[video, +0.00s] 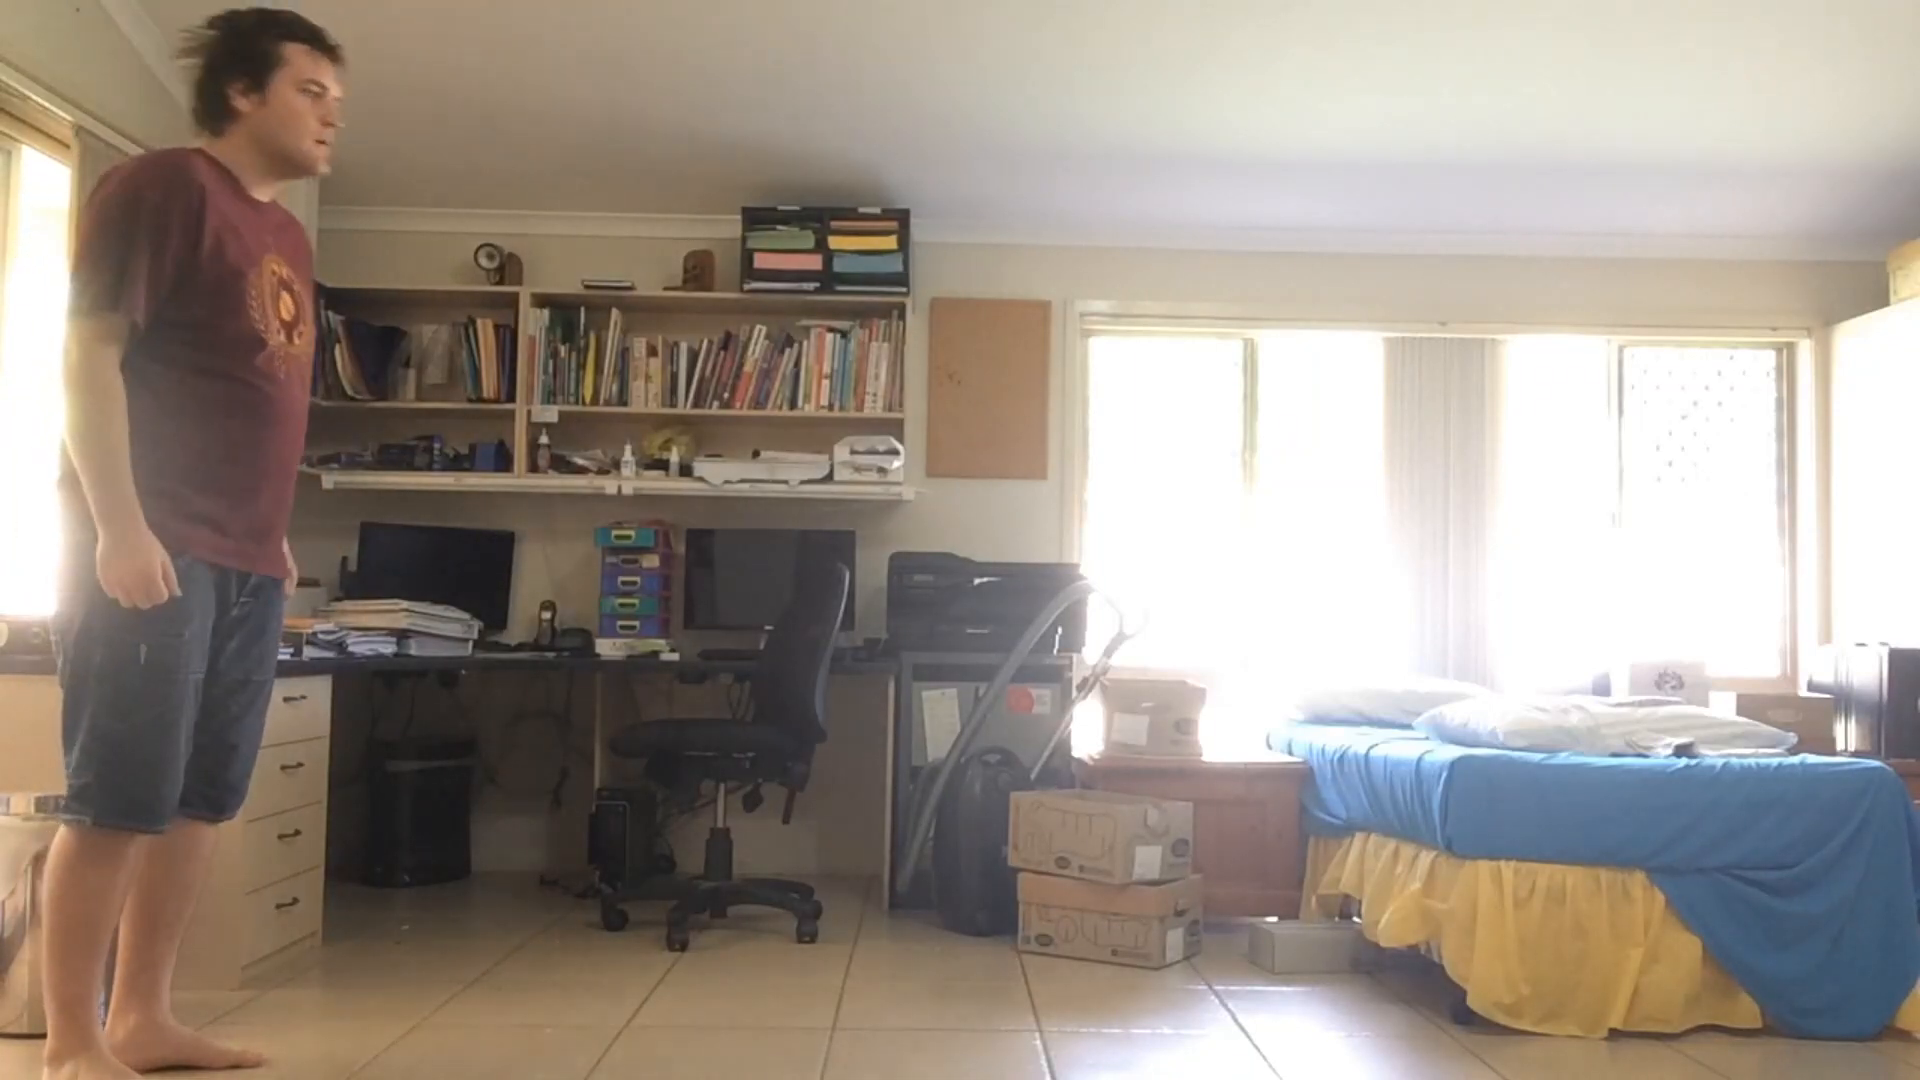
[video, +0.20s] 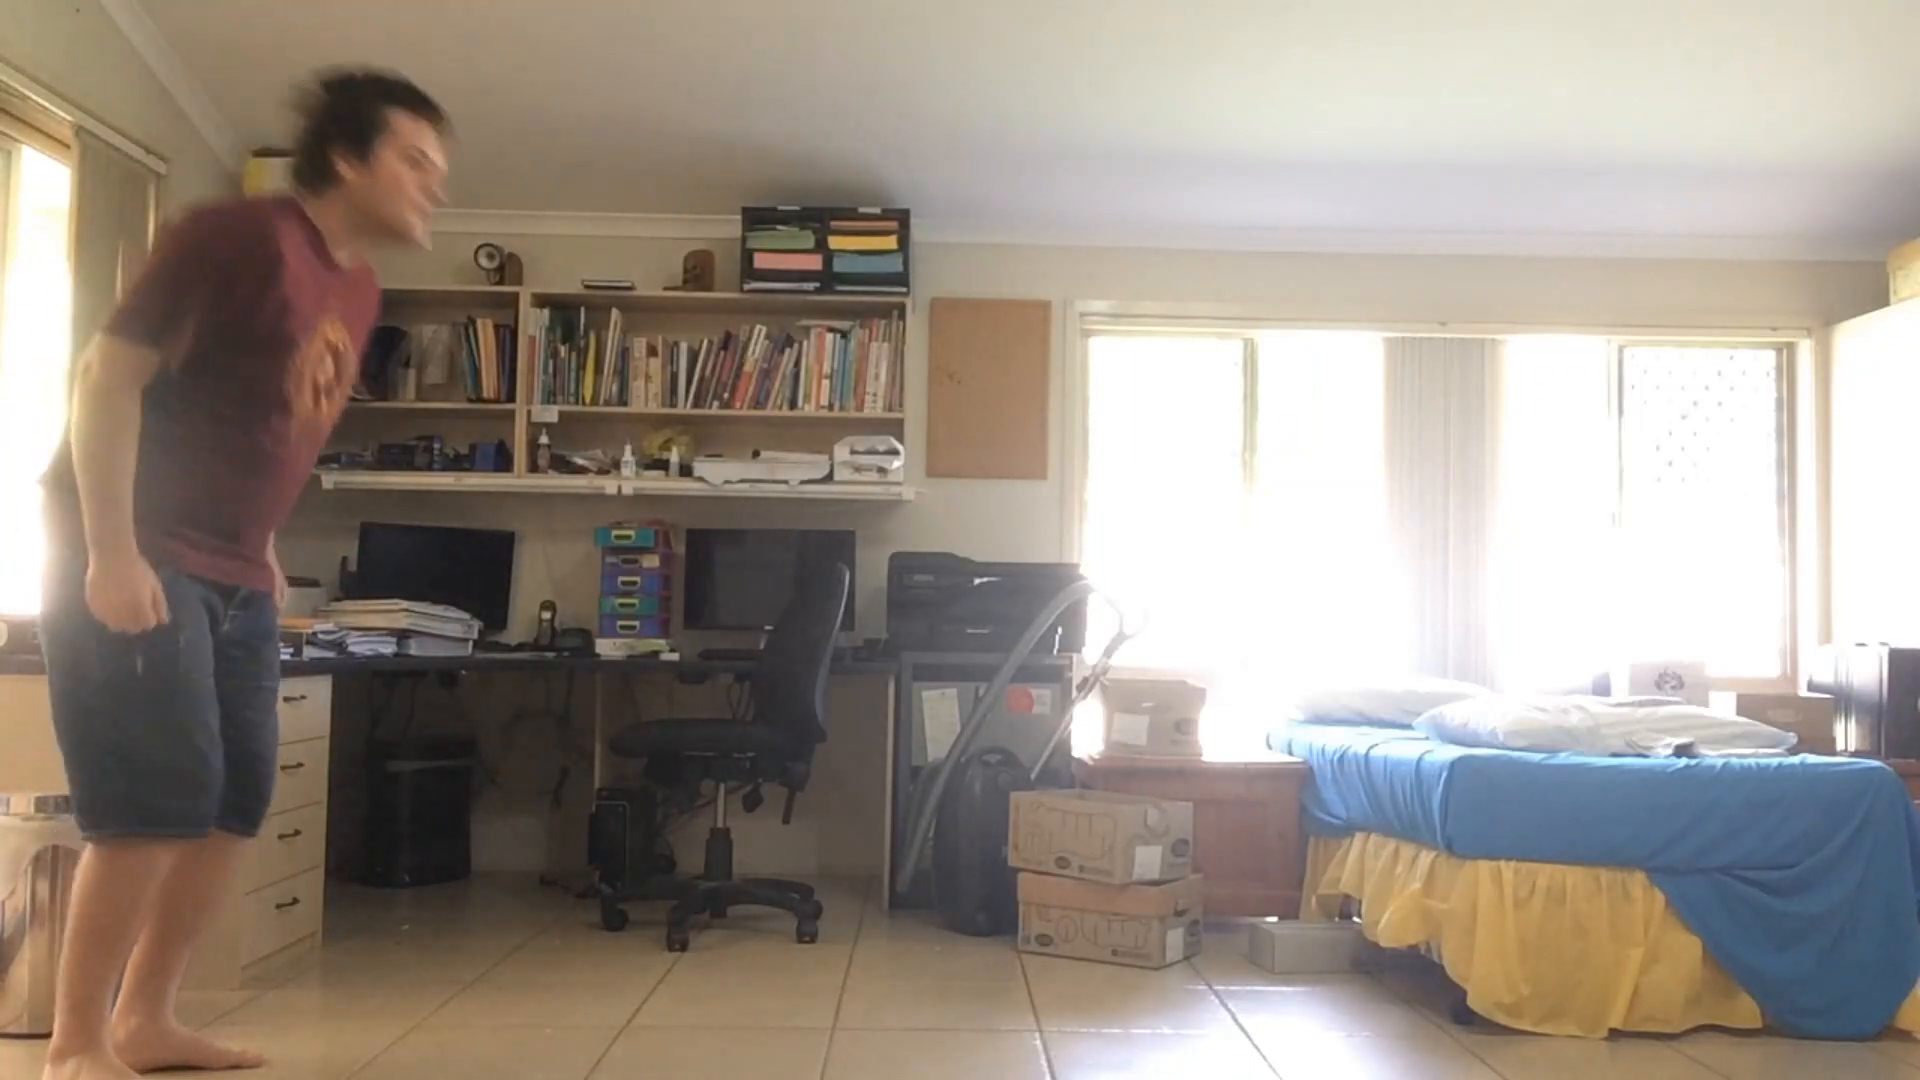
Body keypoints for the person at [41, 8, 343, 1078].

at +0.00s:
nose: (334, 114)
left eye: (338, 99)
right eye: (314, 90)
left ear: (303, 115)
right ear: (244, 93)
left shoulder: (291, 235)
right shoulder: (157, 185)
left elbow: (264, 400)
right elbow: (91, 359)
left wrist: (270, 540)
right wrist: (122, 531)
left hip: (249, 564)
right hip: (152, 551)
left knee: (194, 805)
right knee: (111, 807)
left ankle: (142, 1023)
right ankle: (69, 1047)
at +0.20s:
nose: (438, 184)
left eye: (441, 168)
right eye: (419, 159)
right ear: (347, 160)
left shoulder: (363, 293)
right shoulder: (233, 234)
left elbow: (270, 439)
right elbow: (108, 377)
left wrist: (261, 555)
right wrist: (112, 554)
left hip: (240, 575)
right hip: (139, 562)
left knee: (235, 798)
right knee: (157, 799)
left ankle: (143, 1022)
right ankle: (73, 1048)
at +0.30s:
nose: (486, 266)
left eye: (489, 247)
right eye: (469, 240)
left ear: (419, 252)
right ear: (399, 239)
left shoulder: (396, 357)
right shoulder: (278, 304)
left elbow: (281, 460)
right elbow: (119, 408)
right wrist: (100, 586)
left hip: (235, 602)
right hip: (140, 589)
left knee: (262, 808)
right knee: (195, 811)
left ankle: (144, 1027)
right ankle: (76, 1048)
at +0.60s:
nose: (538, 229)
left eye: (539, 210)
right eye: (520, 208)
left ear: (500, 223)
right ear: (454, 217)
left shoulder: (486, 342)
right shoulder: (375, 316)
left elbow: (407, 472)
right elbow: (242, 430)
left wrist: (359, 594)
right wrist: (210, 609)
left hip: (351, 633)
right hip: (268, 625)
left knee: (333, 858)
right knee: (283, 856)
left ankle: (156, 1019)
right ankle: (92, 1032)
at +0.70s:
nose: (569, 117)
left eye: (574, 100)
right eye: (553, 94)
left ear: (523, 109)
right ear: (486, 94)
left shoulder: (516, 220)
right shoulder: (406, 181)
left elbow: (501, 354)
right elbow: (301, 305)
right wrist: (326, 476)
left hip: (461, 544)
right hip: (383, 535)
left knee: (332, 786)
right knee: (282, 774)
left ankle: (215, 980)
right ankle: (137, 985)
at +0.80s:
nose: (659, 54)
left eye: (662, 34)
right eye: (646, 29)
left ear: (595, 32)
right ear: (582, 23)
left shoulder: (570, 132)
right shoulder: (490, 103)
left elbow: (507, 272)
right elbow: (405, 242)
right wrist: (444, 422)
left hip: (532, 452)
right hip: (467, 446)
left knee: (470, 694)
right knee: (460, 695)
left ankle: (280, 897)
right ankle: (295, 918)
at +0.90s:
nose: (781, 58)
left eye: (785, 36)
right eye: (767, 31)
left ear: (728, 32)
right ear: (703, 24)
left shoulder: (669, 136)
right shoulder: (607, 90)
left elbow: (596, 281)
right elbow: (511, 235)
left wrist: (600, 426)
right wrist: (535, 420)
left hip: (574, 426)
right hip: (515, 421)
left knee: (558, 664)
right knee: (578, 669)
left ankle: (479, 915)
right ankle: (510, 938)